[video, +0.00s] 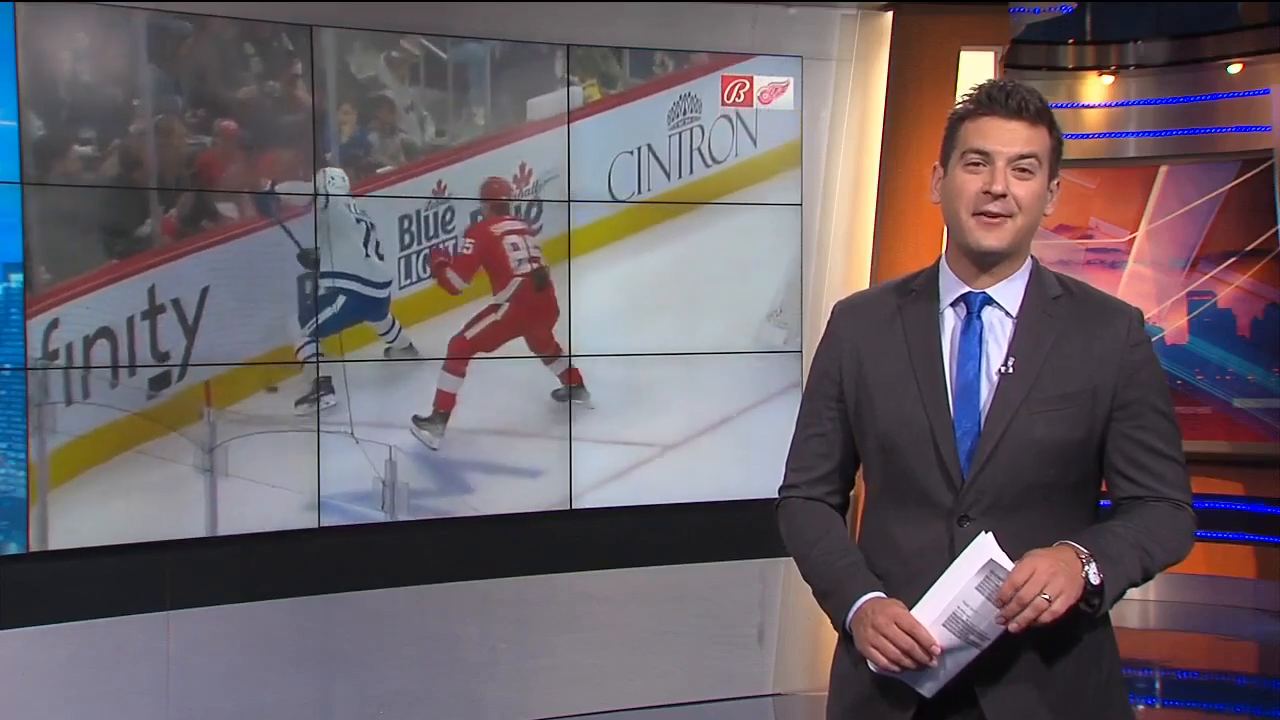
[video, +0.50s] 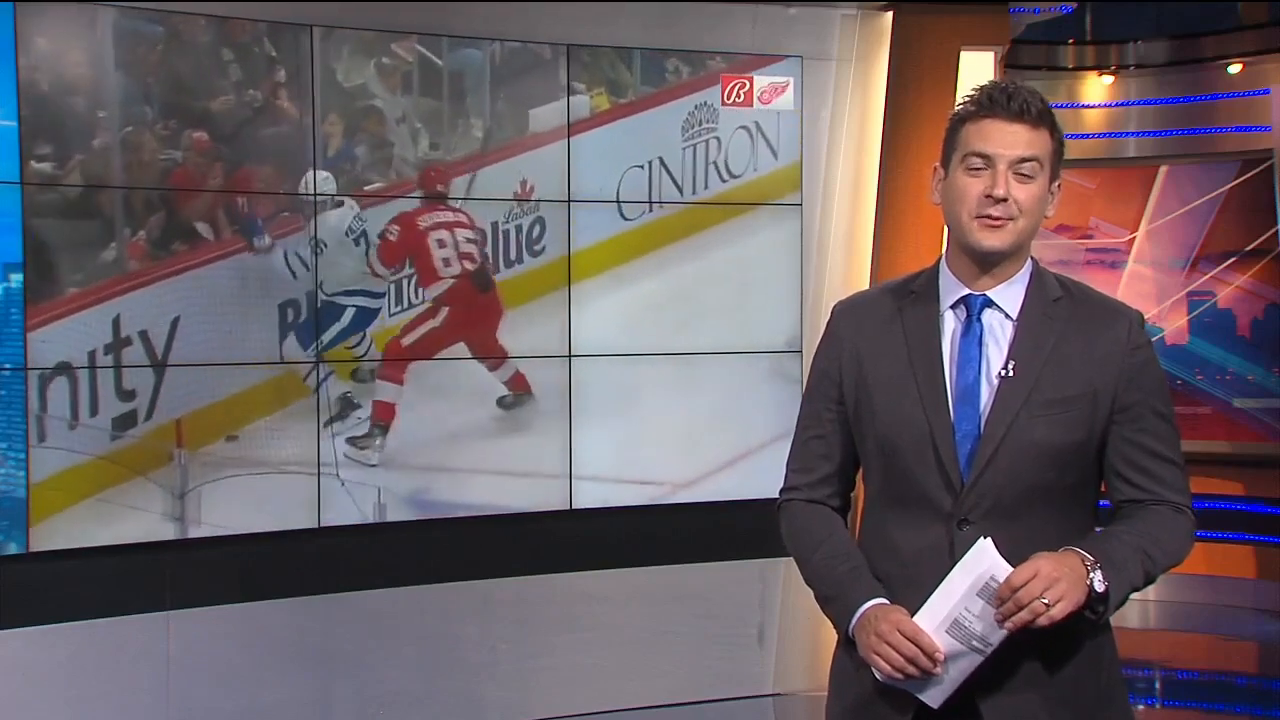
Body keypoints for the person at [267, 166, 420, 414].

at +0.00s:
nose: (314, 193)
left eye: (316, 189)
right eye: (315, 188)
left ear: (323, 189)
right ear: (345, 188)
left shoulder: (331, 205)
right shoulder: (362, 215)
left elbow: (308, 189)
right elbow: (357, 255)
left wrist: (273, 189)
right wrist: (321, 260)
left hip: (350, 298)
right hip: (380, 299)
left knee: (304, 334)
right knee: (380, 318)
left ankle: (321, 385)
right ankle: (405, 348)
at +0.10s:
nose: (309, 199)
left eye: (311, 194)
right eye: (308, 194)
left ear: (318, 194)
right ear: (339, 190)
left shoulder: (325, 208)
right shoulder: (356, 213)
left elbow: (292, 208)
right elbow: (351, 252)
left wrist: (269, 197)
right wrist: (318, 253)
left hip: (349, 304)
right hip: (378, 304)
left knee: (297, 332)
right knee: (373, 319)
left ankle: (325, 389)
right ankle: (397, 351)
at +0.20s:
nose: (306, 202)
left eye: (307, 197)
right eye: (306, 198)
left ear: (312, 195)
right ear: (336, 191)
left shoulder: (321, 210)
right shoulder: (354, 214)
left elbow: (297, 227)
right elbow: (339, 250)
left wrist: (267, 205)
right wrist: (308, 243)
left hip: (345, 305)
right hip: (375, 305)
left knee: (294, 337)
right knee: (364, 320)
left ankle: (326, 391)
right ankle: (391, 353)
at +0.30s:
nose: (301, 206)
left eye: (304, 201)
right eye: (301, 201)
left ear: (312, 198)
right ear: (333, 195)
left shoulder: (323, 217)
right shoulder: (354, 214)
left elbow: (293, 240)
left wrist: (263, 219)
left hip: (343, 308)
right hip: (372, 305)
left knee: (292, 344)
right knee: (356, 322)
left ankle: (329, 397)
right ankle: (384, 359)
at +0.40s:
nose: (303, 207)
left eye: (305, 202)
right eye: (303, 202)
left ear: (312, 200)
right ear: (331, 195)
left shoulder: (322, 223)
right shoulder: (350, 209)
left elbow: (294, 264)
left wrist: (268, 237)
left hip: (347, 306)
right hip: (372, 302)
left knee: (294, 344)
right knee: (354, 326)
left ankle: (336, 401)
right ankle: (376, 362)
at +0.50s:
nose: (306, 209)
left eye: (309, 203)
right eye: (305, 203)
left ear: (314, 202)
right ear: (332, 195)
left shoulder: (323, 229)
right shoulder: (348, 206)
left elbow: (294, 267)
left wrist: (268, 248)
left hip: (347, 305)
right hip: (372, 299)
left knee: (294, 348)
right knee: (351, 329)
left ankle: (341, 401)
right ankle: (372, 364)